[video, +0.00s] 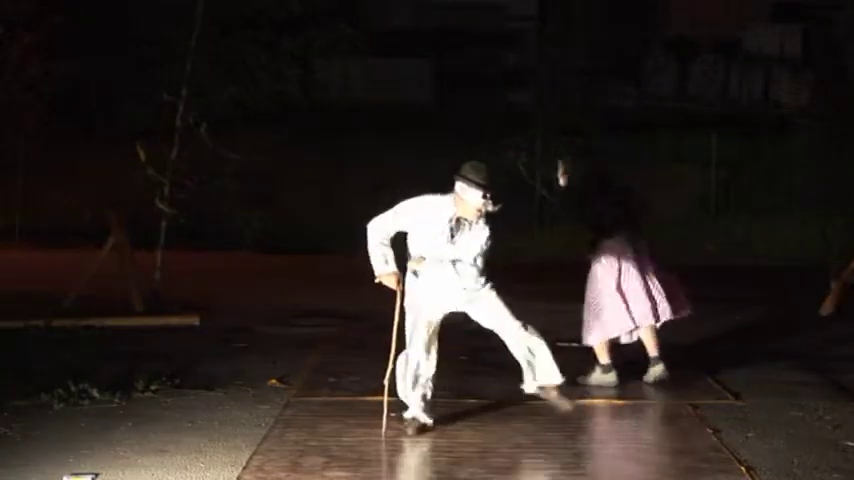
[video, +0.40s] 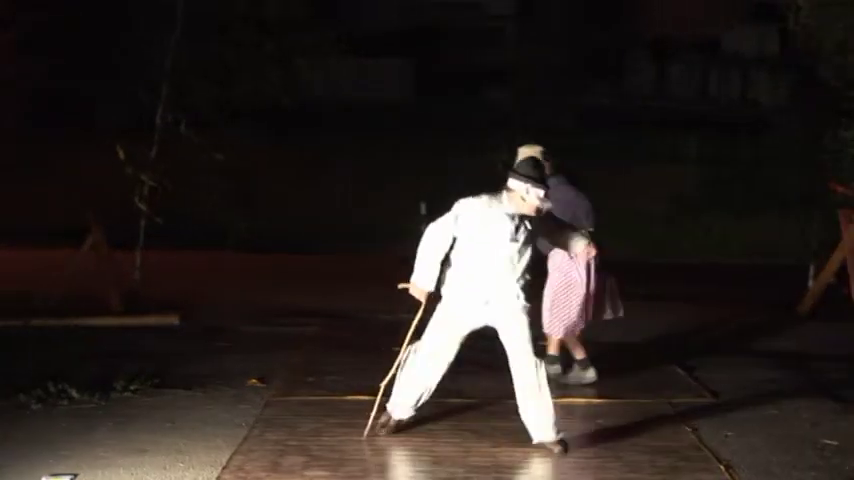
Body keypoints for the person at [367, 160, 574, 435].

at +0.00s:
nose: (484, 206)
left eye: (486, 200)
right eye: (479, 198)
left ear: (486, 199)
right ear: (461, 192)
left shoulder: (480, 229)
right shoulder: (425, 208)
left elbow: (472, 272)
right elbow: (378, 227)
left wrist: (428, 264)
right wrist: (385, 269)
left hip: (470, 286)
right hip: (426, 287)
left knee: (513, 329)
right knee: (420, 347)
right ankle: (416, 411)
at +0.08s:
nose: (491, 207)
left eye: (495, 201)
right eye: (488, 200)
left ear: (494, 200)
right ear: (469, 192)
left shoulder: (488, 227)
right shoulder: (432, 202)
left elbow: (488, 274)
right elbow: (387, 224)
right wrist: (386, 268)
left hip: (475, 283)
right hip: (432, 285)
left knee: (519, 326)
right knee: (424, 346)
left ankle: (563, 378)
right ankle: (415, 410)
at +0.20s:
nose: (512, 198)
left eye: (514, 192)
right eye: (508, 191)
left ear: (511, 191)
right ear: (489, 182)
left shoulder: (510, 220)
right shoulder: (450, 195)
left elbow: (520, 259)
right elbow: (407, 221)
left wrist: (511, 276)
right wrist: (396, 268)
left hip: (489, 282)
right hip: (444, 282)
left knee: (526, 324)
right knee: (427, 342)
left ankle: (568, 384)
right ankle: (412, 411)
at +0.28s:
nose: (522, 197)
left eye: (524, 192)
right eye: (518, 190)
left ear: (525, 190)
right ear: (500, 183)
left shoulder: (521, 211)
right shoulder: (459, 196)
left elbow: (532, 236)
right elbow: (420, 227)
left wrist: (542, 261)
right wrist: (406, 271)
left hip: (498, 283)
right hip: (451, 281)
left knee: (527, 334)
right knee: (426, 339)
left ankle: (560, 400)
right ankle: (407, 408)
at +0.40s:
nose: (543, 203)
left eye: (544, 197)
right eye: (539, 196)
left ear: (532, 195)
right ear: (518, 189)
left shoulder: (529, 221)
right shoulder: (472, 209)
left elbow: (554, 231)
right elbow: (436, 235)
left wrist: (577, 242)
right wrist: (423, 280)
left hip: (509, 306)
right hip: (462, 302)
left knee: (526, 365)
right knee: (431, 355)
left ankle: (545, 433)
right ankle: (395, 412)